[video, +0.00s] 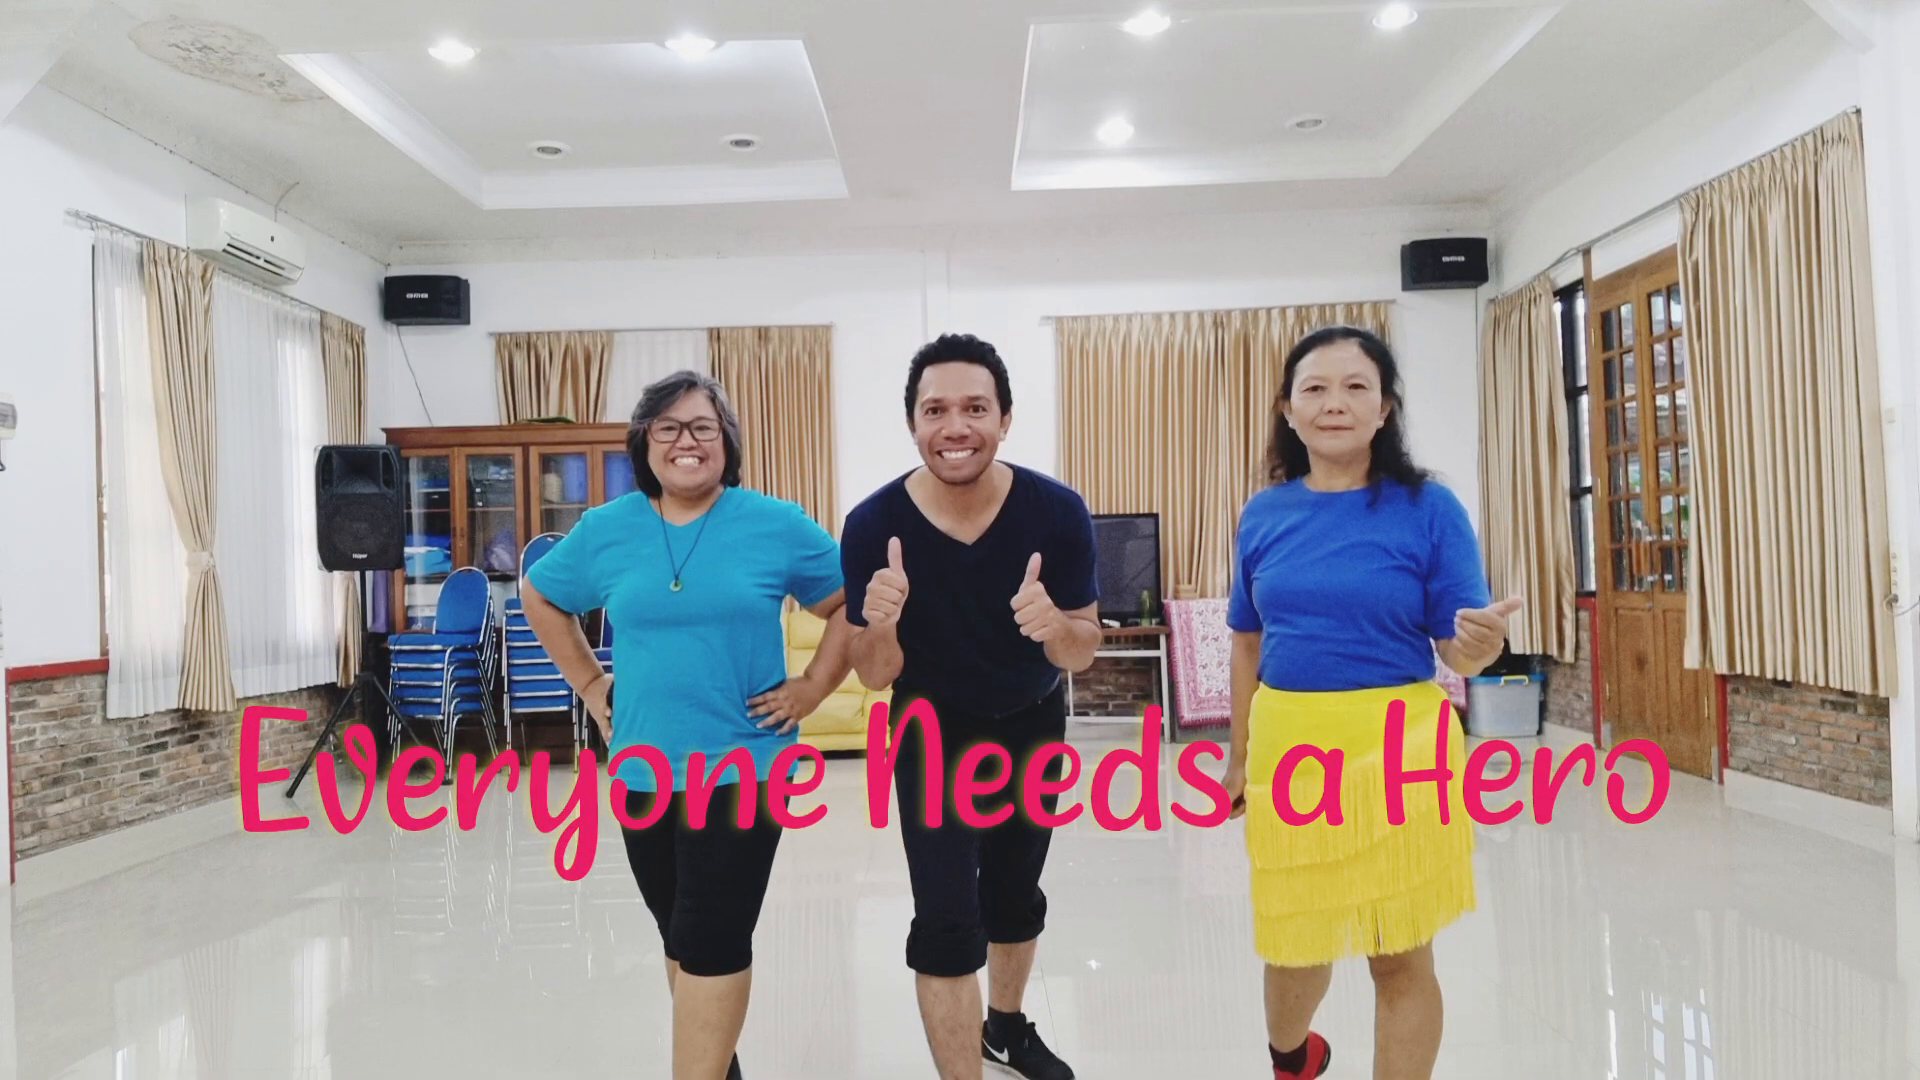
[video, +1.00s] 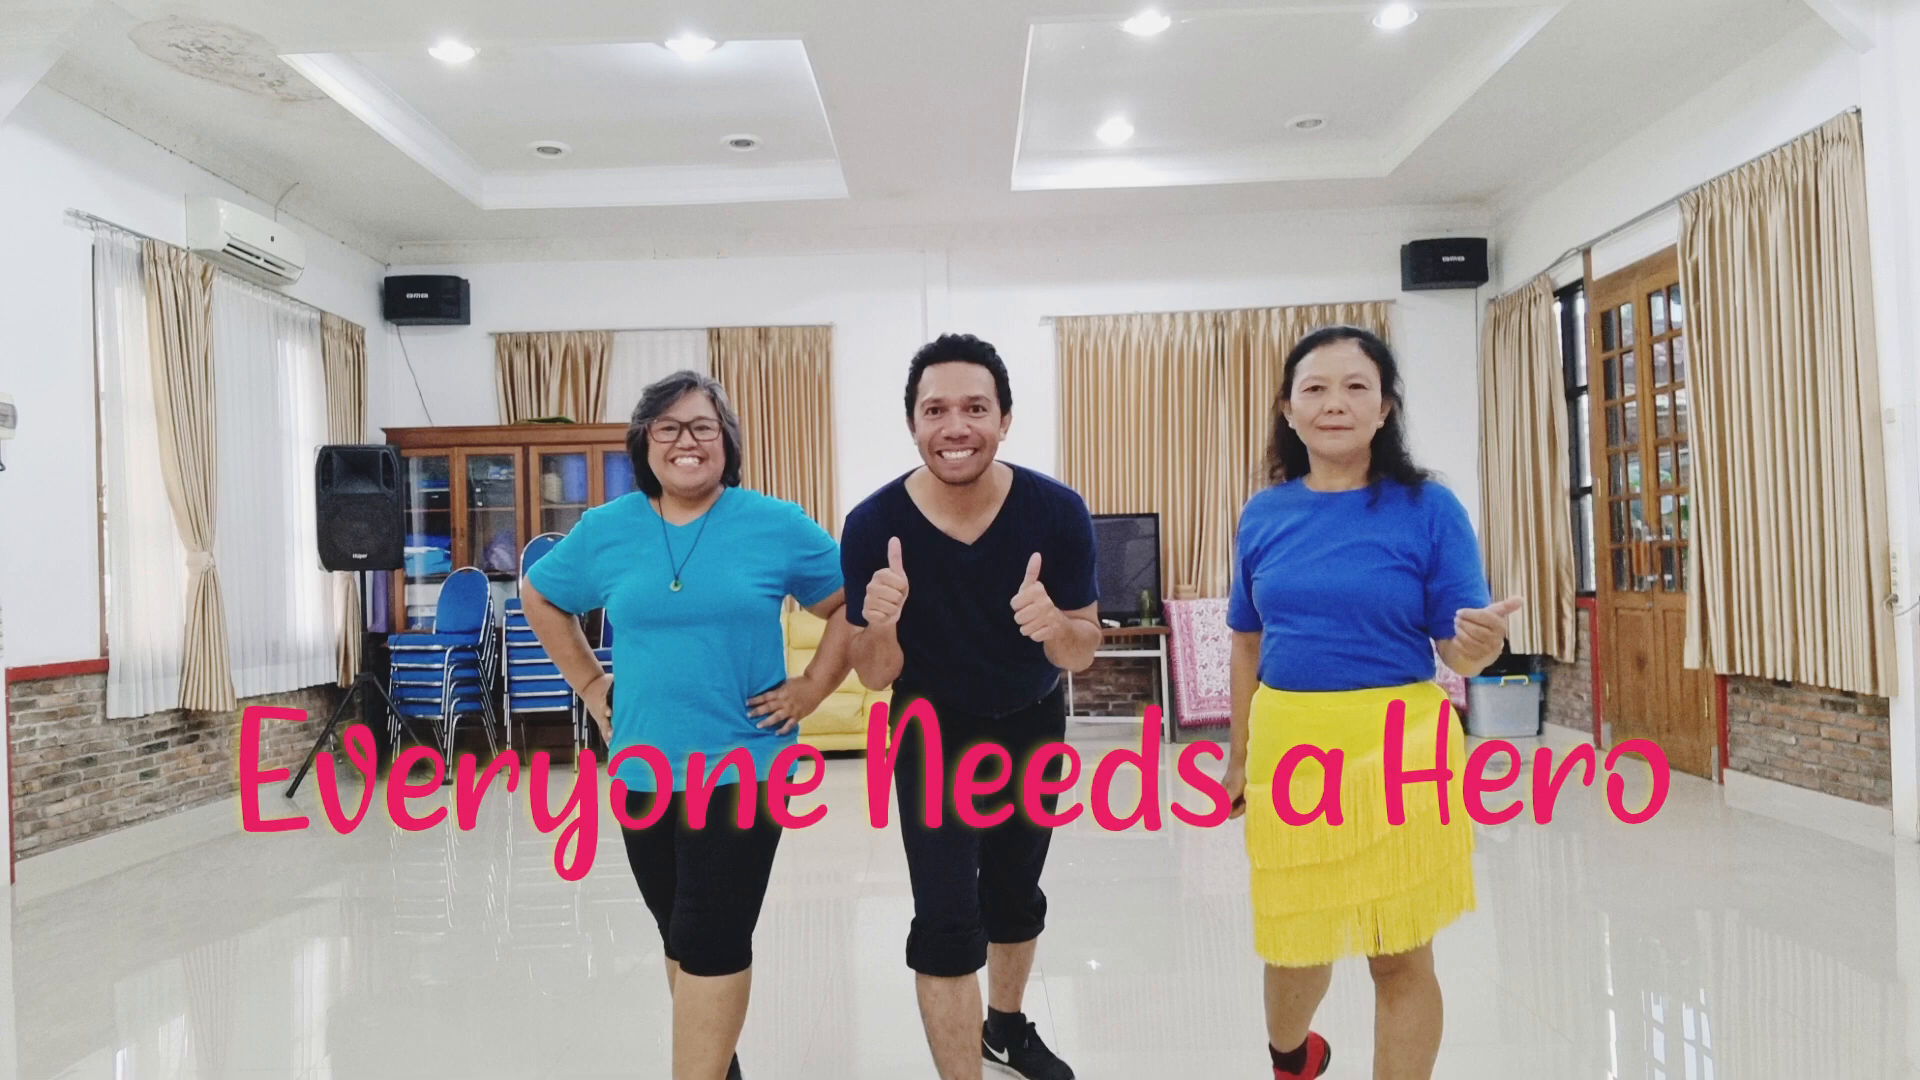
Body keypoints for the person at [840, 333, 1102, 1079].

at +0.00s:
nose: (956, 427)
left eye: (975, 408)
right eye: (936, 410)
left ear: (1004, 420)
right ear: (913, 424)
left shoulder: (1059, 514)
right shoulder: (873, 526)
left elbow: (1081, 654)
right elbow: (875, 673)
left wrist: (1054, 626)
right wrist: (880, 627)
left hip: (1030, 722)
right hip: (930, 725)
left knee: (1016, 894)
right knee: (949, 920)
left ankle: (1006, 1026)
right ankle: (959, 1076)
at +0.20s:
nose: (956, 427)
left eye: (975, 408)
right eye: (936, 410)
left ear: (1004, 420)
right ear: (913, 424)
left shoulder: (1059, 514)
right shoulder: (873, 526)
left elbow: (1080, 654)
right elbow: (875, 673)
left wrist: (1054, 625)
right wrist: (880, 626)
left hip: (1030, 722)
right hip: (929, 726)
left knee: (1016, 895)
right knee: (948, 919)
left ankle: (1006, 1026)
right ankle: (959, 1076)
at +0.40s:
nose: (956, 426)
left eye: (975, 408)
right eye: (936, 410)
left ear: (1004, 420)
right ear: (913, 424)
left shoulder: (1059, 514)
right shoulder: (872, 526)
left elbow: (1080, 654)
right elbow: (875, 673)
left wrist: (1053, 626)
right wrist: (879, 627)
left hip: (1030, 722)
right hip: (929, 726)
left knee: (1016, 894)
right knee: (948, 919)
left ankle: (1005, 1026)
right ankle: (959, 1076)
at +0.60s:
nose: (956, 426)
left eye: (975, 408)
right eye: (936, 410)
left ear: (1004, 420)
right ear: (913, 424)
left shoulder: (1059, 514)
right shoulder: (872, 526)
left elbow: (1080, 654)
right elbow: (875, 673)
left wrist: (1053, 626)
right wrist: (879, 626)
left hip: (1030, 722)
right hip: (929, 726)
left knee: (1016, 894)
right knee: (948, 919)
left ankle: (1005, 1026)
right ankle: (959, 1076)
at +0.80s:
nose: (955, 426)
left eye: (975, 408)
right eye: (936, 409)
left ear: (1004, 421)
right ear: (913, 424)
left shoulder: (1059, 514)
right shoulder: (873, 526)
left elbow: (1080, 654)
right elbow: (875, 673)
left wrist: (1054, 626)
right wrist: (879, 627)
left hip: (1030, 722)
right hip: (930, 726)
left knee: (1016, 894)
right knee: (948, 920)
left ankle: (1005, 1026)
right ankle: (959, 1075)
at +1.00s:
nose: (955, 426)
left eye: (975, 408)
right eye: (936, 409)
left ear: (1004, 421)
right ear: (913, 424)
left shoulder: (1059, 514)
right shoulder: (873, 526)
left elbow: (1080, 654)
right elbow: (875, 673)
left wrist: (1054, 626)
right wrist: (879, 627)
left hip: (1030, 722)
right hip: (930, 726)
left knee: (1016, 894)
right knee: (948, 920)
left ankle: (1005, 1026)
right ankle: (959, 1075)